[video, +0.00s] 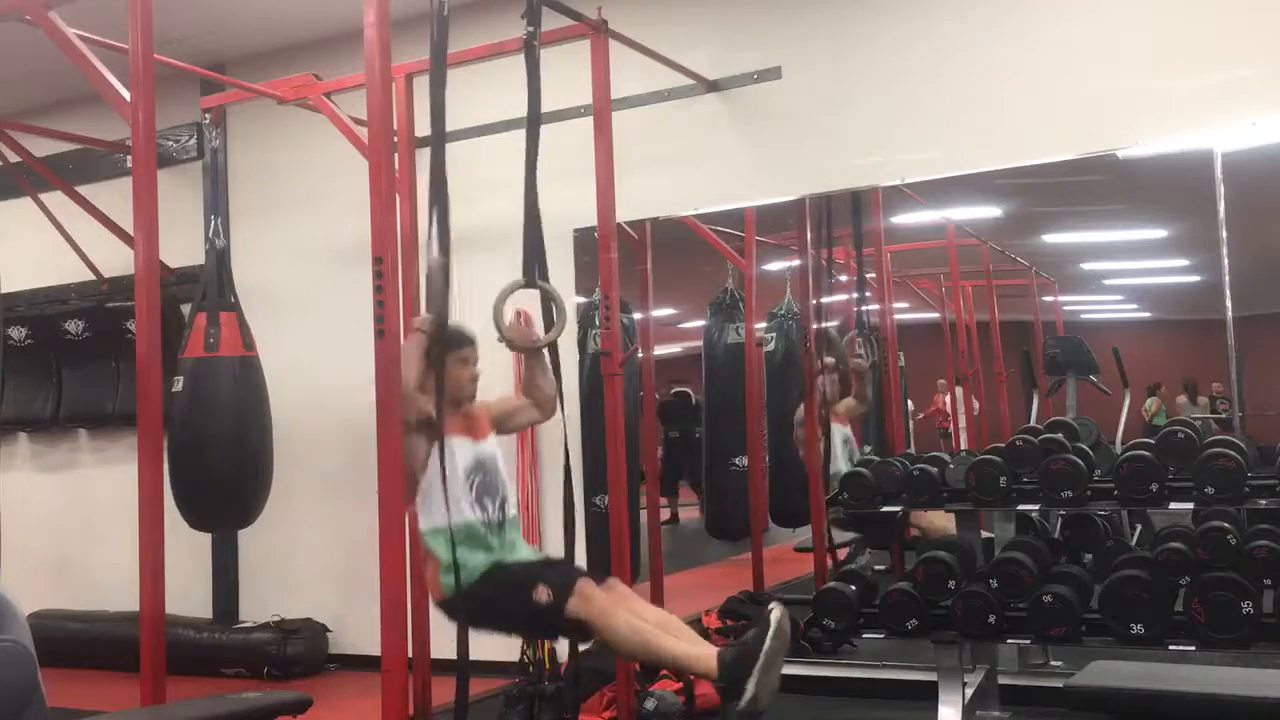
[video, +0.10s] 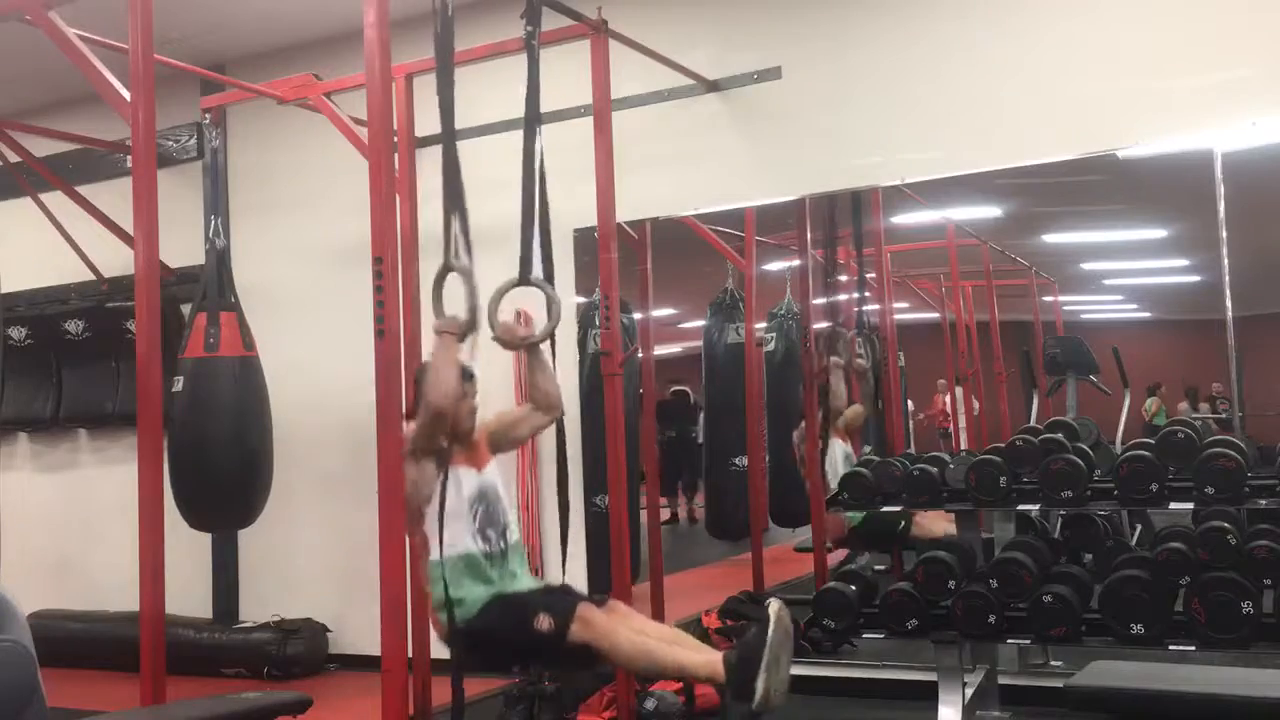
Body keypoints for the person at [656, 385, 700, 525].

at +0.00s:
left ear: (672, 396)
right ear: (690, 397)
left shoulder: (665, 406)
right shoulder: (696, 406)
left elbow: (664, 421)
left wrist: (658, 402)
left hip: (672, 450)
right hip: (693, 449)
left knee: (669, 482)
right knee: (695, 480)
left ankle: (674, 514)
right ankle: (705, 505)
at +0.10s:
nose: (679, 402)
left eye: (678, 399)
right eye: (679, 399)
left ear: (670, 395)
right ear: (689, 397)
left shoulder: (663, 406)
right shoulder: (694, 407)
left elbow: (660, 425)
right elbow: (696, 425)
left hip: (669, 447)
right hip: (689, 446)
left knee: (669, 481)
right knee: (690, 479)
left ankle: (673, 514)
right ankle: (690, 508)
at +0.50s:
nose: (673, 397)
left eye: (672, 395)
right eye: (673, 395)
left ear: (664, 394)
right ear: (681, 394)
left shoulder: (658, 404)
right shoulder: (685, 406)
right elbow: (696, 407)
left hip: (661, 443)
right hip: (679, 444)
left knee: (661, 479)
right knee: (676, 480)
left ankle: (667, 512)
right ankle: (671, 515)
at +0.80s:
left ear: (654, 388)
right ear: (672, 389)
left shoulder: (647, 400)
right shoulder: (675, 400)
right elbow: (689, 406)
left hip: (651, 440)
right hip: (671, 441)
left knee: (647, 480)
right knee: (673, 479)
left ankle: (640, 516)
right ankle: (670, 517)